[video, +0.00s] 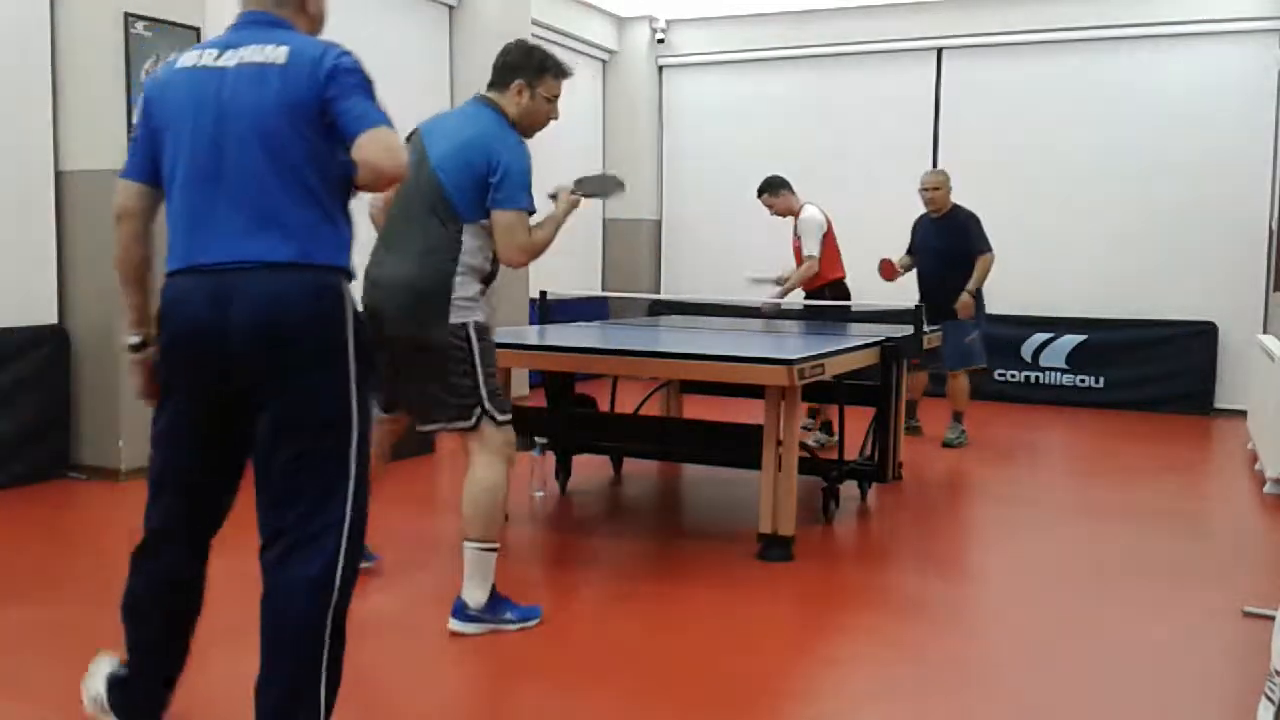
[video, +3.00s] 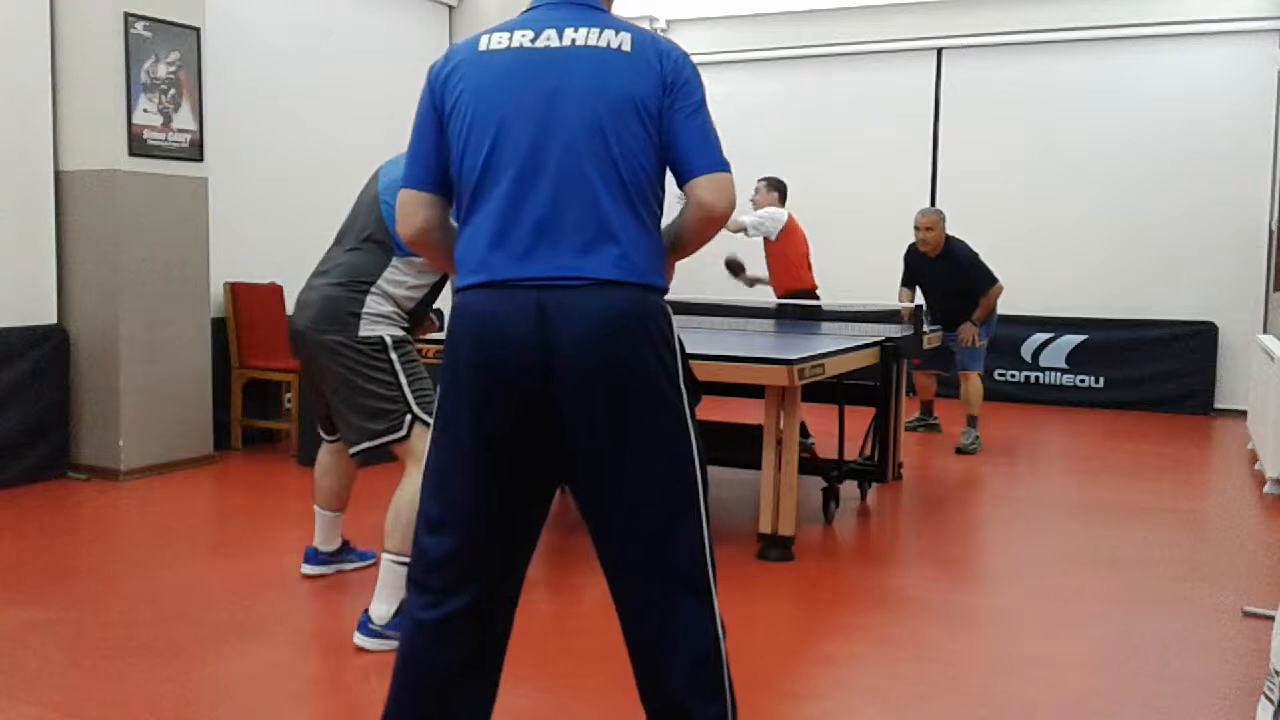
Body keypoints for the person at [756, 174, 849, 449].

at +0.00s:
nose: (772, 213)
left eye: (770, 206)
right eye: (768, 208)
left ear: (783, 194)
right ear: (783, 197)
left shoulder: (810, 217)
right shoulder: (803, 218)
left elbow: (812, 266)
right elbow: (810, 264)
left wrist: (780, 295)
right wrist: (789, 277)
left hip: (828, 295)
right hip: (818, 295)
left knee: (822, 362)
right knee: (816, 361)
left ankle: (825, 427)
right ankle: (817, 420)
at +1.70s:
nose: (765, 237)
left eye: (765, 229)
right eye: (762, 231)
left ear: (780, 220)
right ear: (783, 222)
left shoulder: (805, 239)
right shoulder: (806, 239)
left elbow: (788, 285)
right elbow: (818, 284)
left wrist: (749, 302)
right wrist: (797, 299)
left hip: (844, 311)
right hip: (832, 311)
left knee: (821, 373)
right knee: (813, 371)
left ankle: (845, 429)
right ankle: (844, 428)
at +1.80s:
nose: (758, 244)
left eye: (758, 236)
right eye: (755, 238)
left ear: (774, 228)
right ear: (776, 229)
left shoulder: (797, 245)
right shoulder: (794, 247)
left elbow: (776, 292)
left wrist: (736, 304)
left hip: (836, 316)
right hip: (825, 316)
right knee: (809, 375)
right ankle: (842, 426)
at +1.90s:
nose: (751, 252)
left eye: (752, 244)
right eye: (749, 246)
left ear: (768, 236)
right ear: (771, 237)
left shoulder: (790, 253)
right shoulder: (789, 254)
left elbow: (766, 299)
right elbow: (772, 301)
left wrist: (724, 309)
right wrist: (734, 307)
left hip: (830, 319)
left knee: (779, 374)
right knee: (798, 376)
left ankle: (799, 431)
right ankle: (839, 422)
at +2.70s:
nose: (739, 237)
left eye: (740, 229)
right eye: (738, 231)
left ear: (756, 224)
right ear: (760, 225)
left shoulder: (771, 242)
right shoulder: (783, 245)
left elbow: (738, 279)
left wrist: (691, 287)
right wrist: (757, 290)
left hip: (802, 317)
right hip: (819, 315)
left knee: (773, 368)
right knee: (775, 368)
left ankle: (798, 433)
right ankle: (798, 432)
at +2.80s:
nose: (745, 219)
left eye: (747, 212)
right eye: (744, 213)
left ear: (764, 209)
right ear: (768, 211)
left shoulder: (773, 227)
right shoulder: (784, 232)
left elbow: (741, 249)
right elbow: (782, 281)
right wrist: (753, 271)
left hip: (804, 314)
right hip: (808, 312)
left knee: (781, 376)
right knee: (781, 375)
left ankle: (801, 435)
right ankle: (799, 434)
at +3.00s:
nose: (752, 198)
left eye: (757, 193)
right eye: (754, 193)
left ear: (774, 196)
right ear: (777, 197)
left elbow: (735, 226)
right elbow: (787, 277)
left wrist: (700, 205)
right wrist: (752, 279)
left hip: (795, 306)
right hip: (805, 304)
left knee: (782, 374)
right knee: (784, 375)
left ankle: (801, 435)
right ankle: (799, 434)